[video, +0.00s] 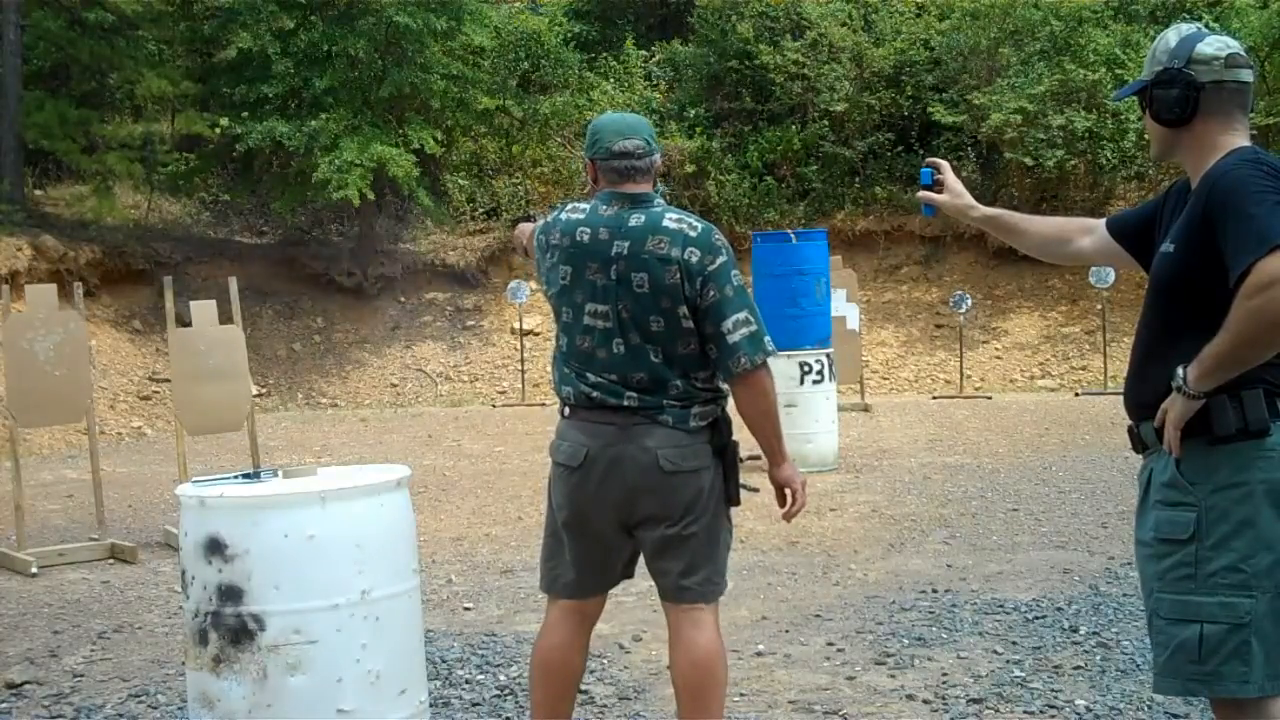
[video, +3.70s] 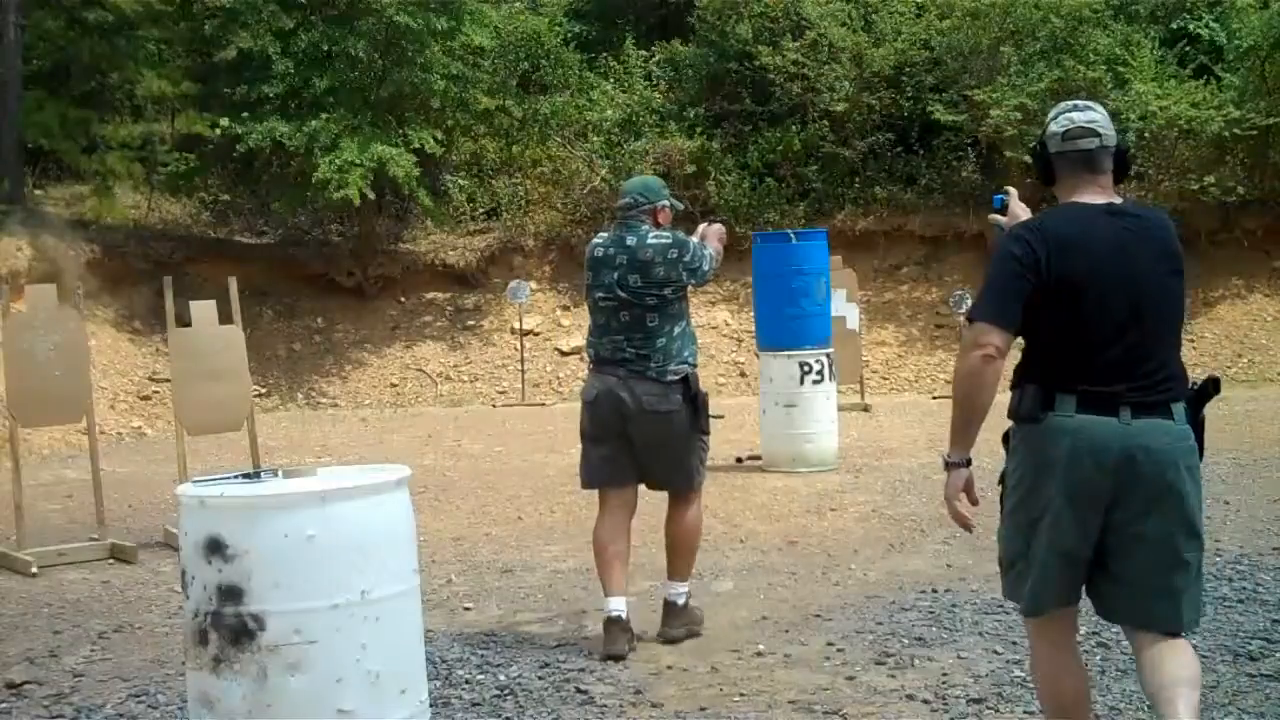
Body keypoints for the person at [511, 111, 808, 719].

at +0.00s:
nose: (585, 172)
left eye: (586, 165)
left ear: (592, 170)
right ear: (658, 166)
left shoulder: (562, 233)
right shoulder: (697, 240)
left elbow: (527, 236)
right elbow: (747, 365)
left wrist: (533, 228)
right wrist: (778, 458)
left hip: (584, 447)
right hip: (682, 452)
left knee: (570, 608)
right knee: (693, 612)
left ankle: (547, 715)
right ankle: (703, 718)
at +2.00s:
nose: (594, 173)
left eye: (596, 166)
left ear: (602, 172)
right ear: (668, 168)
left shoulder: (569, 235)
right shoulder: (705, 244)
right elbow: (753, 370)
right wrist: (779, 452)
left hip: (593, 446)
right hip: (690, 452)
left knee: (573, 610)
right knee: (696, 615)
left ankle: (548, 713)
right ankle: (705, 717)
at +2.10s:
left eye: (611, 167)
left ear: (613, 173)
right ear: (679, 171)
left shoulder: (578, 237)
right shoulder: (715, 246)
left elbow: (558, 313)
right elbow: (759, 365)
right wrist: (773, 430)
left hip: (600, 448)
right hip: (694, 453)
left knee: (575, 608)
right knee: (699, 614)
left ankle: (550, 713)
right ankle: (706, 718)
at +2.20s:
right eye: (679, 169)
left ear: (622, 177)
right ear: (685, 176)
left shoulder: (587, 247)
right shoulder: (723, 249)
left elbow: (565, 343)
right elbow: (768, 364)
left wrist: (628, 360)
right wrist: (723, 381)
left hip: (606, 453)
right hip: (699, 455)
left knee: (576, 603)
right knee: (702, 614)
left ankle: (565, 713)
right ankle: (706, 717)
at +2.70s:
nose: (652, 212)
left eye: (645, 205)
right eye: (650, 204)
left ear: (590, 211)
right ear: (642, 208)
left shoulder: (561, 263)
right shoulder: (676, 259)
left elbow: (552, 350)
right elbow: (718, 347)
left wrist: (609, 332)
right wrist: (682, 311)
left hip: (573, 432)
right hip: (656, 433)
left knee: (579, 575)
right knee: (689, 574)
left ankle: (586, 708)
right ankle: (696, 696)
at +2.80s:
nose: (646, 209)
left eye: (640, 202)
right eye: (644, 202)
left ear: (584, 207)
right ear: (635, 205)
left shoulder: (557, 254)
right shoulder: (660, 249)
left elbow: (574, 316)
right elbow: (702, 314)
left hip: (566, 425)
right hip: (645, 428)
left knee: (577, 575)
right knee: (679, 557)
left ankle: (585, 708)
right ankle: (665, 654)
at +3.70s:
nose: (671, 216)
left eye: (668, 209)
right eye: (669, 209)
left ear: (623, 211)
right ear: (659, 213)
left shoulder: (597, 249)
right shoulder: (673, 248)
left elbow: (642, 260)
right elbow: (705, 266)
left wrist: (694, 240)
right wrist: (711, 240)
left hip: (604, 388)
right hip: (664, 391)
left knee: (614, 503)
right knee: (684, 495)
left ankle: (615, 622)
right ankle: (677, 608)